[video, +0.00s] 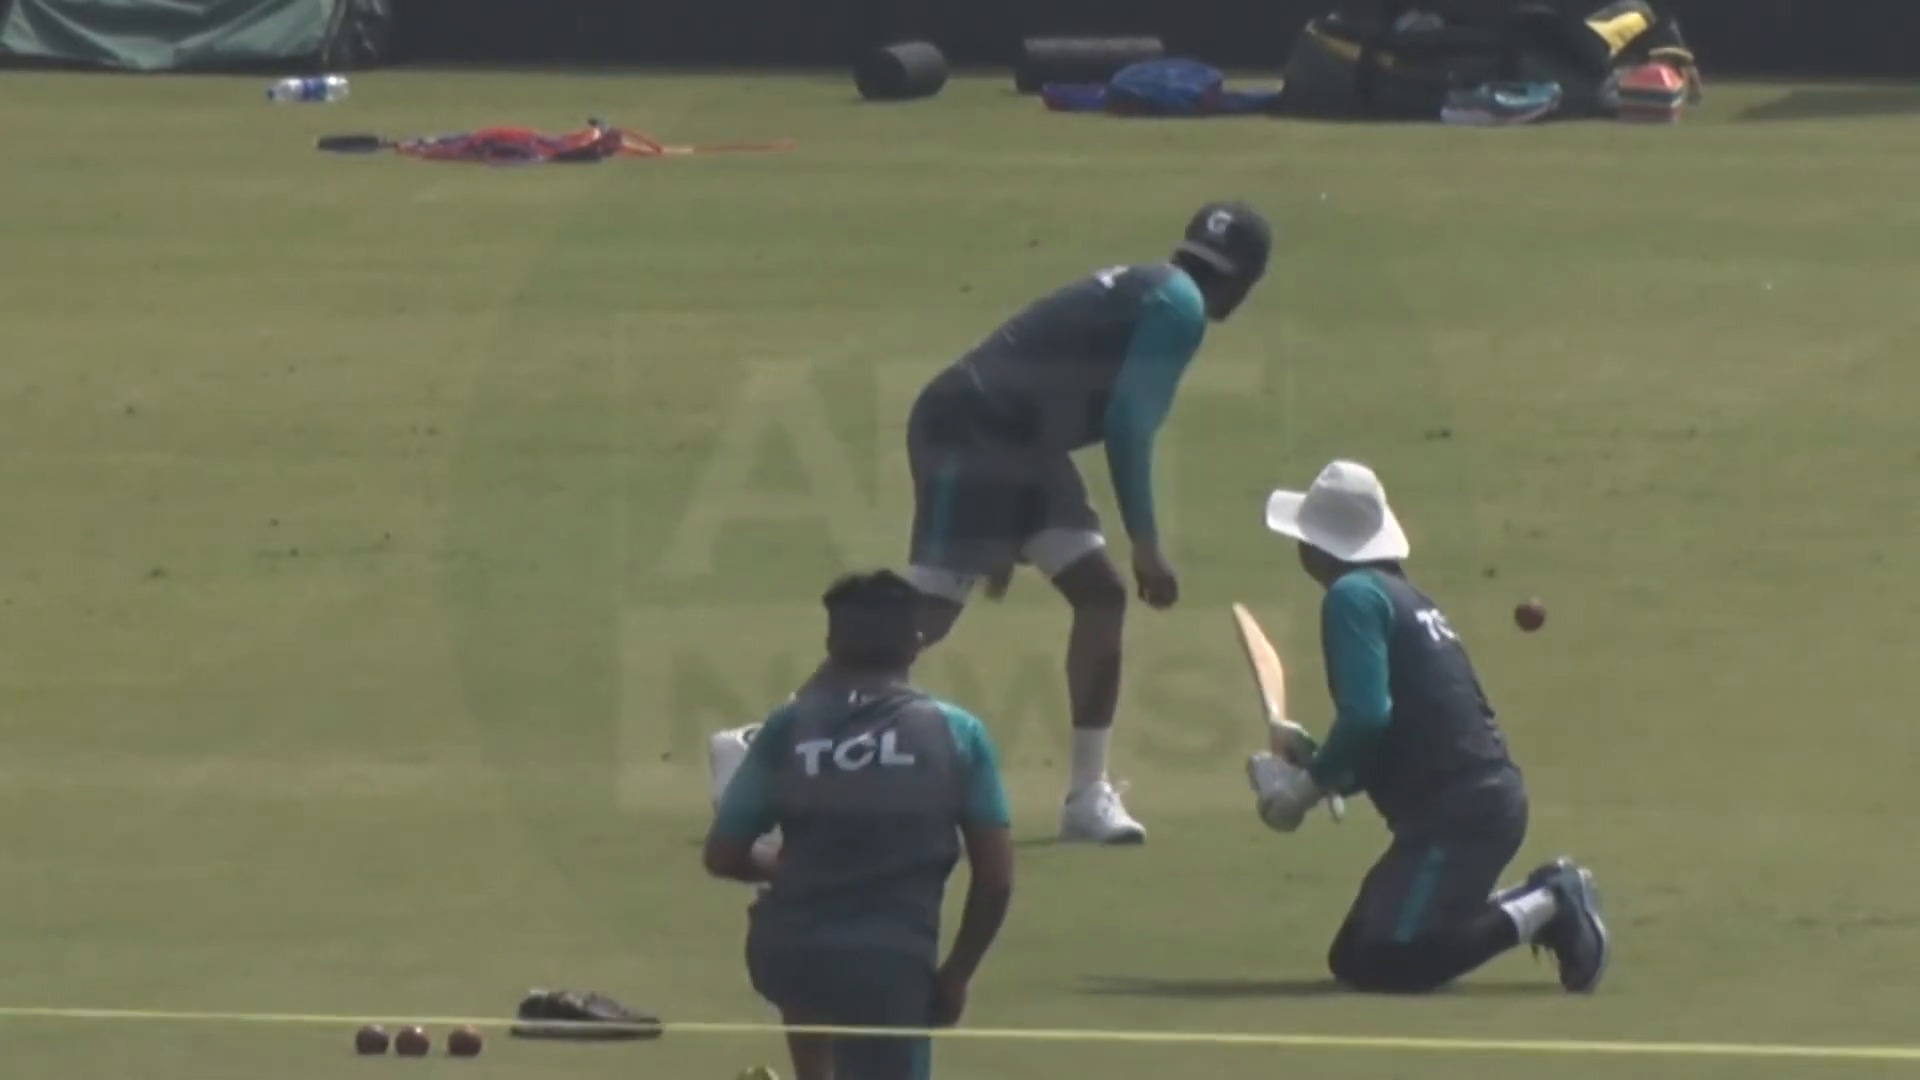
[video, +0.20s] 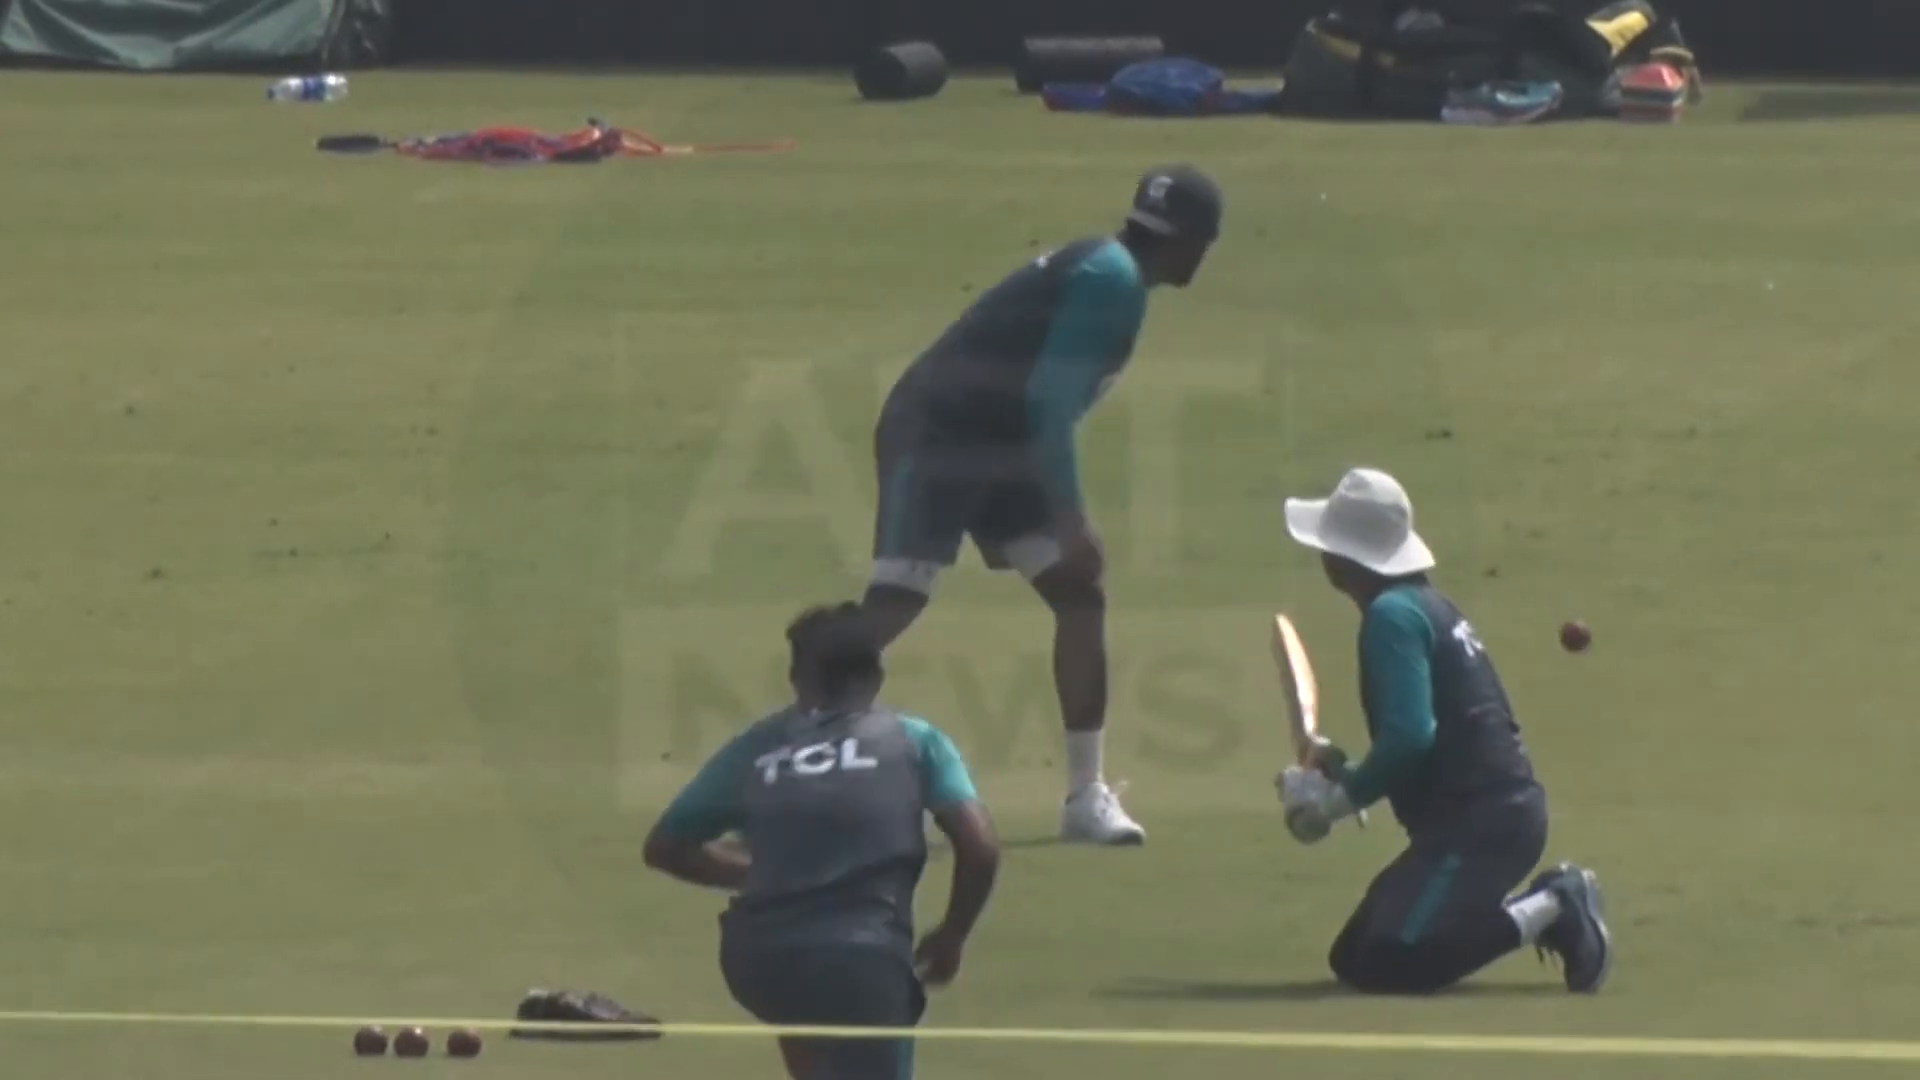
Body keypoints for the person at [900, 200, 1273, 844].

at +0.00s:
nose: (1244, 298)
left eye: (1245, 284)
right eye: (1247, 285)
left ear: (1188, 248)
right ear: (1239, 280)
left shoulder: (1141, 285)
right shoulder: (1179, 307)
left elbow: (1037, 406)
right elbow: (1129, 427)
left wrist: (1004, 531)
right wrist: (1148, 549)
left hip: (1026, 445)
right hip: (972, 431)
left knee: (1101, 594)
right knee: (927, 616)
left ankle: (1088, 796)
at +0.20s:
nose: (1200, 260)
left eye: (1203, 246)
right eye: (1199, 245)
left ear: (1144, 225)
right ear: (1179, 240)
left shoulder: (1102, 269)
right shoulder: (1110, 279)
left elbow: (1045, 402)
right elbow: (1049, 402)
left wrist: (1062, 523)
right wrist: (1072, 525)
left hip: (999, 441)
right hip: (933, 431)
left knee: (1080, 594)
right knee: (895, 603)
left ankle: (1087, 794)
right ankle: (791, 741)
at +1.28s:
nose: (1018, 205)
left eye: (1033, 190)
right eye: (1003, 189)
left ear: (1056, 187)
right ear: (977, 184)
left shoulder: (1082, 257)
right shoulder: (929, 260)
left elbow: (1110, 355)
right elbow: (889, 378)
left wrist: (1115, 453)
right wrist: (918, 468)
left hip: (1038, 455)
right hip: (934, 455)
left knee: (1112, 608)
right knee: (854, 613)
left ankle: (1159, 797)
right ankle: (773, 779)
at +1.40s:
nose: (1010, 180)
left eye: (1024, 166)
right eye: (995, 165)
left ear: (1043, 169)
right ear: (968, 163)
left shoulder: (1066, 243)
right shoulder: (920, 245)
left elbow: (1105, 335)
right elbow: (875, 362)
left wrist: (1124, 396)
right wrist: (917, 435)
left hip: (1028, 457)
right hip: (925, 453)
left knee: (1109, 615)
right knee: (844, 616)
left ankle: (1157, 800)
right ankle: (764, 781)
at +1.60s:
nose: (987, 156)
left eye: (1000, 142)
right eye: (972, 141)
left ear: (1020, 140)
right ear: (943, 136)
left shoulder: (1043, 219)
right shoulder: (899, 223)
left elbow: (1109, 322)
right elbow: (852, 338)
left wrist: (1098, 240)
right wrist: (901, 352)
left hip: (1012, 451)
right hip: (911, 452)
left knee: (1088, 615)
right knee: (841, 618)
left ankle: (1155, 798)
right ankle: (766, 791)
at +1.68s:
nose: (981, 151)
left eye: (995, 137)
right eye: (966, 135)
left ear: (1014, 138)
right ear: (937, 131)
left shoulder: (1032, 212)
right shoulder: (894, 216)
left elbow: (1112, 292)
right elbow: (845, 331)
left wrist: (1079, 196)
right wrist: (895, 334)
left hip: (1010, 448)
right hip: (909, 450)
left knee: (1080, 613)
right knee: (840, 619)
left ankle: (1155, 798)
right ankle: (771, 795)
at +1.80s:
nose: (980, 136)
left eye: (992, 122)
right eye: (964, 121)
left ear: (1011, 130)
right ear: (934, 124)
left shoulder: (1028, 206)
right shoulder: (889, 216)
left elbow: (1115, 253)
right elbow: (840, 331)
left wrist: (1059, 157)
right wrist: (882, 337)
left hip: (1011, 446)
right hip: (910, 450)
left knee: (1076, 619)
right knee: (835, 629)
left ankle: (1155, 799)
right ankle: (772, 799)